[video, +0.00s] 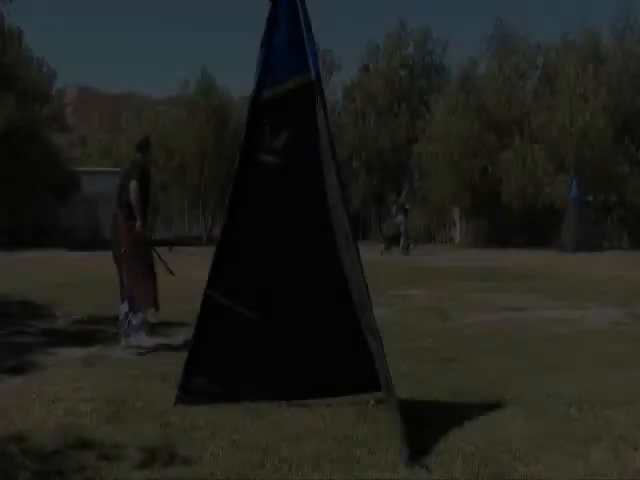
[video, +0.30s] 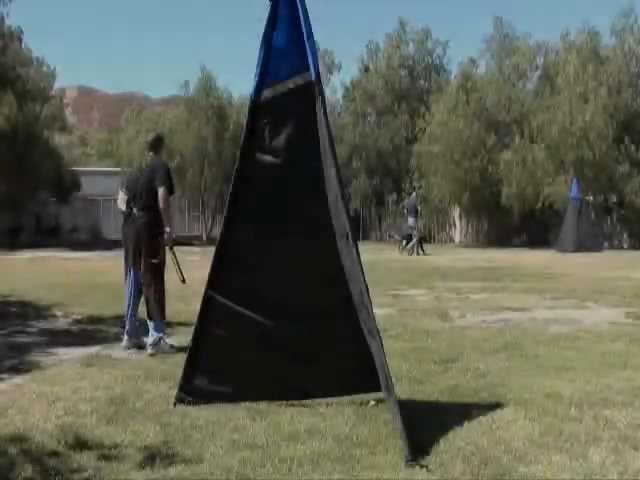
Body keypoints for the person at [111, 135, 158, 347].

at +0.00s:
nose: (153, 157)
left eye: (151, 152)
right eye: (152, 152)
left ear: (137, 150)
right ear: (148, 152)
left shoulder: (132, 169)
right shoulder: (138, 169)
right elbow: (134, 195)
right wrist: (140, 221)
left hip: (124, 233)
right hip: (131, 234)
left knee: (130, 278)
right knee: (138, 277)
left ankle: (128, 325)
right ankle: (135, 329)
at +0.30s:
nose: (165, 153)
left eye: (163, 149)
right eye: (165, 149)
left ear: (147, 150)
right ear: (161, 149)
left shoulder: (135, 169)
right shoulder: (160, 167)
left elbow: (121, 202)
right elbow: (163, 199)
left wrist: (134, 214)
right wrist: (168, 226)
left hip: (130, 222)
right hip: (149, 223)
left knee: (133, 276)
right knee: (153, 277)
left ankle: (130, 332)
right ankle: (156, 334)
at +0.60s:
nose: (170, 146)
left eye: (171, 142)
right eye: (168, 142)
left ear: (155, 142)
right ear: (157, 142)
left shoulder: (138, 163)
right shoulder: (158, 163)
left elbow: (125, 195)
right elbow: (158, 199)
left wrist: (136, 217)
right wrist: (164, 230)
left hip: (130, 231)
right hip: (148, 233)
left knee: (129, 285)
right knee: (156, 285)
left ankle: (112, 334)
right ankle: (157, 338)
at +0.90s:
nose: (158, 151)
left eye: (159, 147)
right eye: (157, 146)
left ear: (145, 143)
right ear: (146, 142)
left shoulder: (131, 162)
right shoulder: (140, 164)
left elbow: (116, 195)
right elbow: (132, 199)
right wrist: (135, 230)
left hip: (121, 235)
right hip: (137, 236)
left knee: (119, 291)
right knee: (149, 287)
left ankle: (112, 345)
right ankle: (160, 340)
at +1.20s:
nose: (157, 152)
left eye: (158, 148)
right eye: (156, 147)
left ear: (140, 141)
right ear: (146, 142)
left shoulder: (126, 161)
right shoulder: (138, 161)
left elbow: (114, 195)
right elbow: (133, 195)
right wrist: (136, 229)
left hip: (116, 233)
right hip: (132, 232)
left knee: (116, 290)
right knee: (141, 287)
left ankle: (112, 344)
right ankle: (146, 345)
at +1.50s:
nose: (162, 145)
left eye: (161, 141)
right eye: (162, 141)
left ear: (143, 139)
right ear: (157, 141)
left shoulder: (129, 158)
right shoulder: (149, 160)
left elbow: (111, 191)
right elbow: (148, 197)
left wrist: (117, 217)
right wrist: (154, 230)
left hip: (116, 222)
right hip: (133, 225)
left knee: (115, 289)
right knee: (138, 289)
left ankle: (107, 346)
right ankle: (143, 350)